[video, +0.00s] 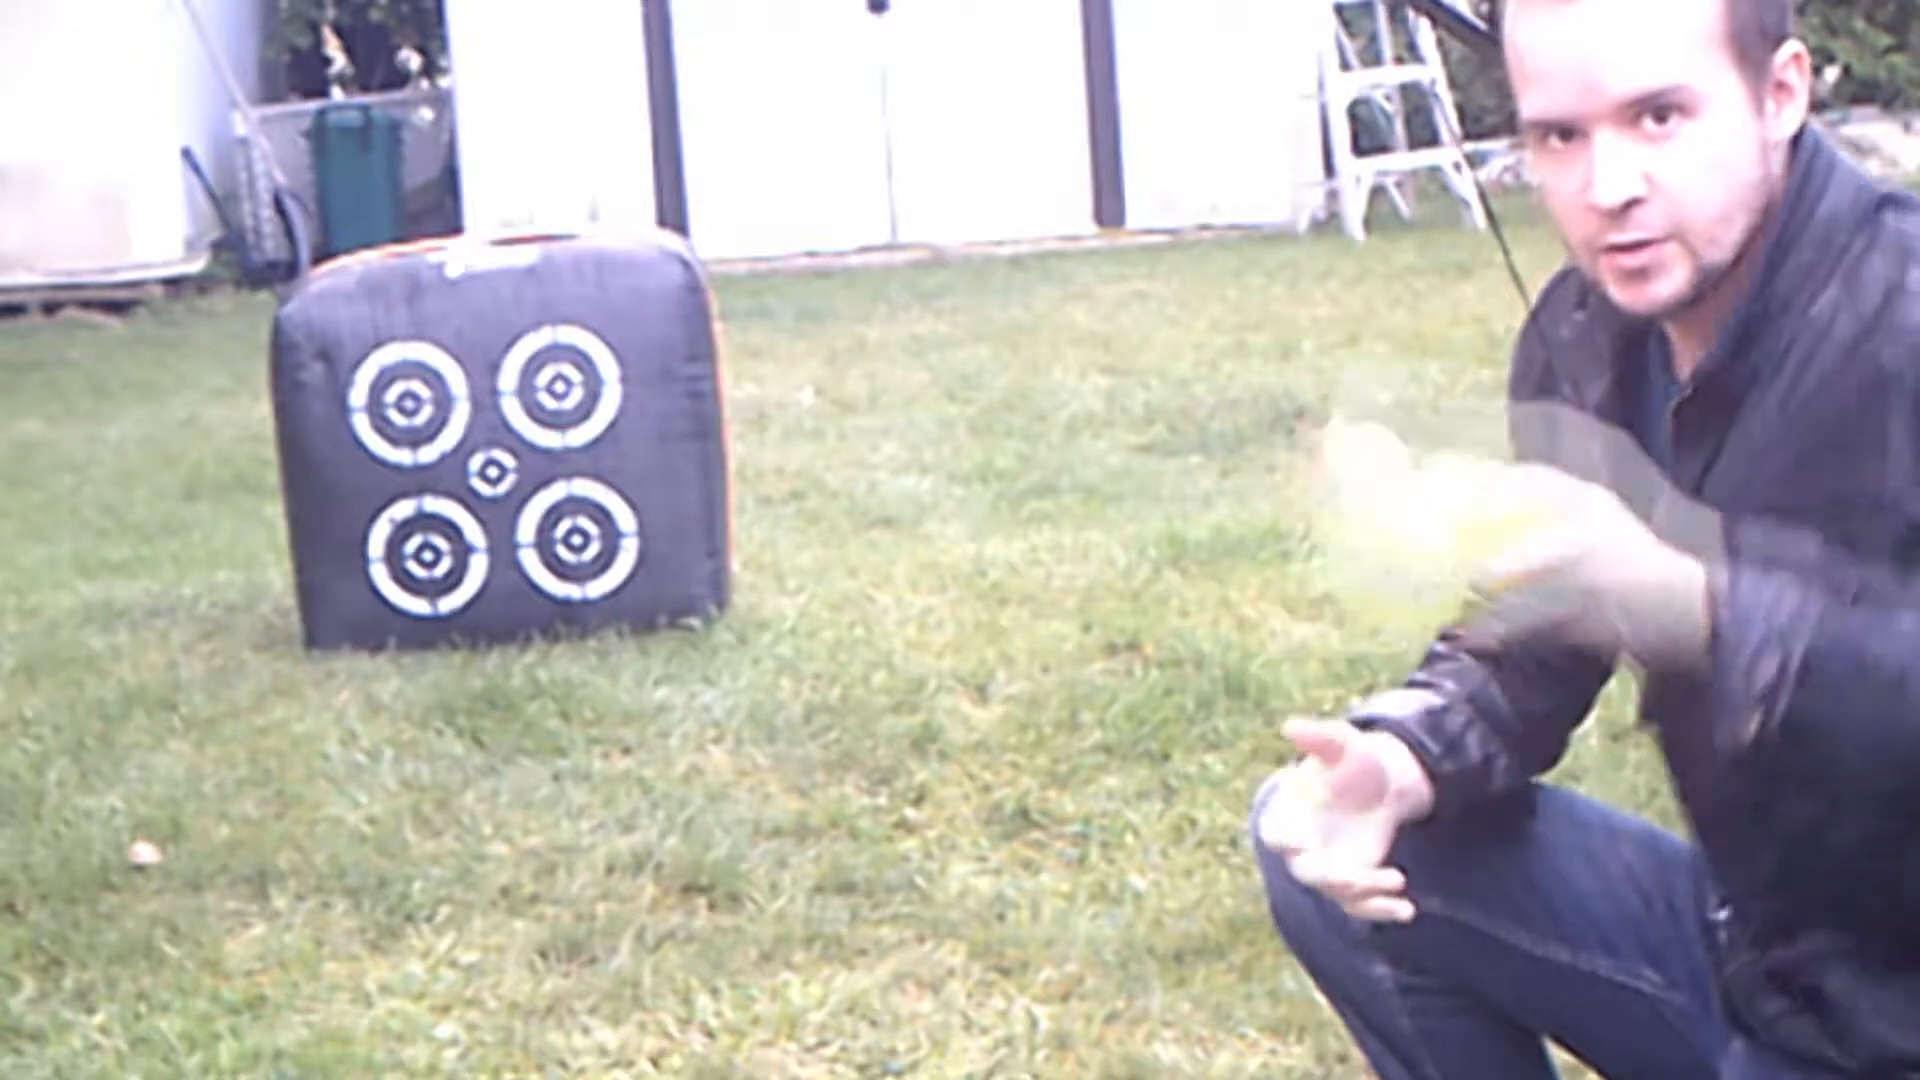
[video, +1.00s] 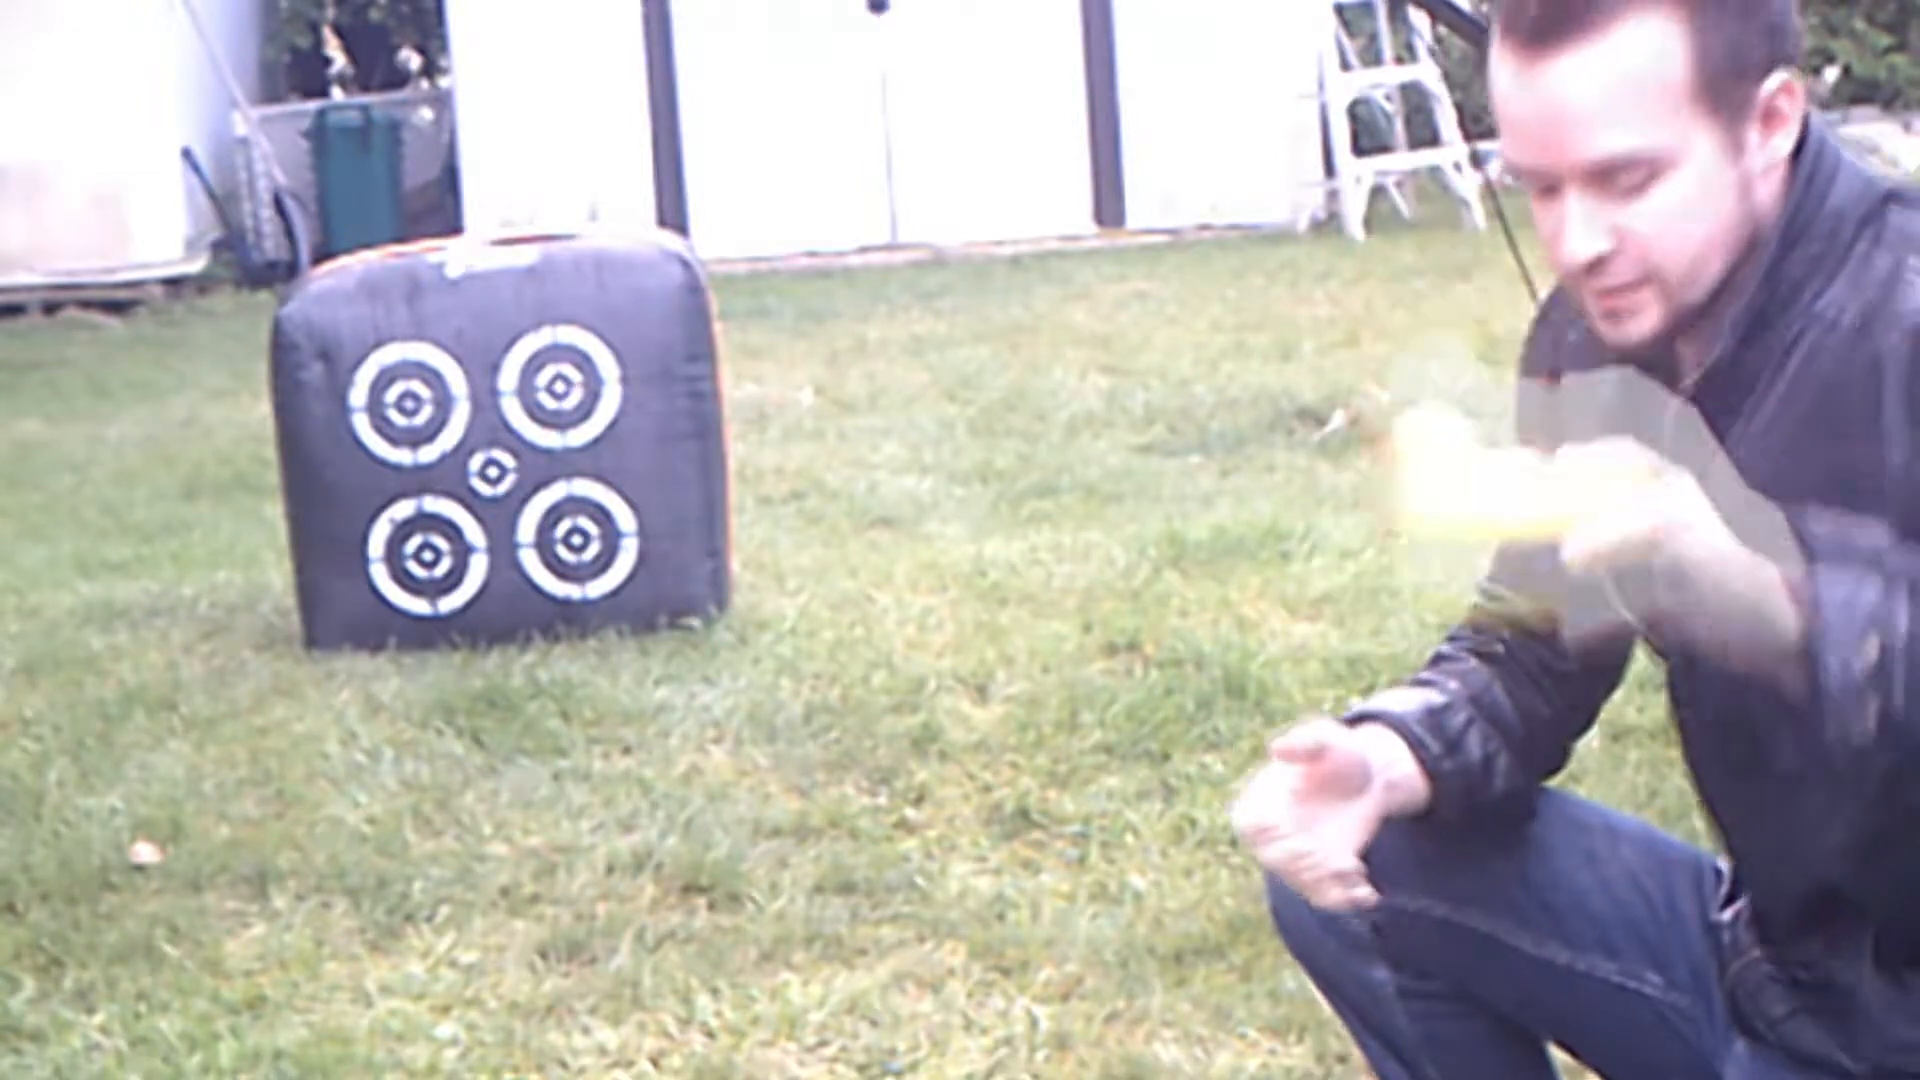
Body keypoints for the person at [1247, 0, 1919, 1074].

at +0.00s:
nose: (1607, 189)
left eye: (1657, 118)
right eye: (1559, 135)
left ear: (1783, 96)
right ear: (1522, 144)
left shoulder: (1902, 323)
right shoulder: (1579, 333)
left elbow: (1907, 682)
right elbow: (1540, 633)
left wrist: (1685, 606)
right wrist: (1409, 752)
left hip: (1884, 1028)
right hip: (1741, 931)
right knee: (1324, 842)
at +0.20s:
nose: (1618, 186)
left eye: (1668, 116)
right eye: (1568, 135)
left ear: (1791, 87)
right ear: (1529, 136)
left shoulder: (1896, 273)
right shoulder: (1596, 324)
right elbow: (1529, 629)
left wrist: (1734, 389)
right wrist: (1406, 760)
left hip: (1890, 1029)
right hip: (1771, 943)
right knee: (1327, 844)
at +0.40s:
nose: (1621, 185)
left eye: (1671, 116)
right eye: (1572, 135)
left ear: (1794, 88)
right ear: (1535, 139)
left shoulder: (1897, 280)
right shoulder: (1595, 317)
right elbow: (1532, 629)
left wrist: (1760, 402)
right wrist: (1406, 760)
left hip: (1891, 1027)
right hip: (1769, 939)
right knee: (1329, 846)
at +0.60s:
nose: (1623, 189)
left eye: (1675, 119)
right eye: (1574, 138)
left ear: (1795, 91)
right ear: (1537, 142)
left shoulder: (1898, 286)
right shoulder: (1604, 310)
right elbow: (1530, 629)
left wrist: (1790, 426)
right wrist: (1407, 761)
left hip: (1891, 1027)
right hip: (1768, 939)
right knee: (1327, 848)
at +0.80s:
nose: (1615, 199)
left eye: (1666, 125)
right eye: (1568, 145)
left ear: (1791, 95)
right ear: (1532, 146)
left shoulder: (1895, 292)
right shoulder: (1605, 317)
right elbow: (1529, 630)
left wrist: (1789, 445)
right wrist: (1403, 762)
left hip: (1889, 1030)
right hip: (1767, 939)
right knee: (1332, 852)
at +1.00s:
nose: (1576, 245)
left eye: (1627, 180)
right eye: (1536, 189)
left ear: (1772, 127)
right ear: (1508, 160)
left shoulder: (1901, 319)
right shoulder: (1583, 338)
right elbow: (1537, 643)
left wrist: (1740, 598)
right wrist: (1395, 752)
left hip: (1887, 1040)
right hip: (1757, 943)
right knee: (1350, 864)